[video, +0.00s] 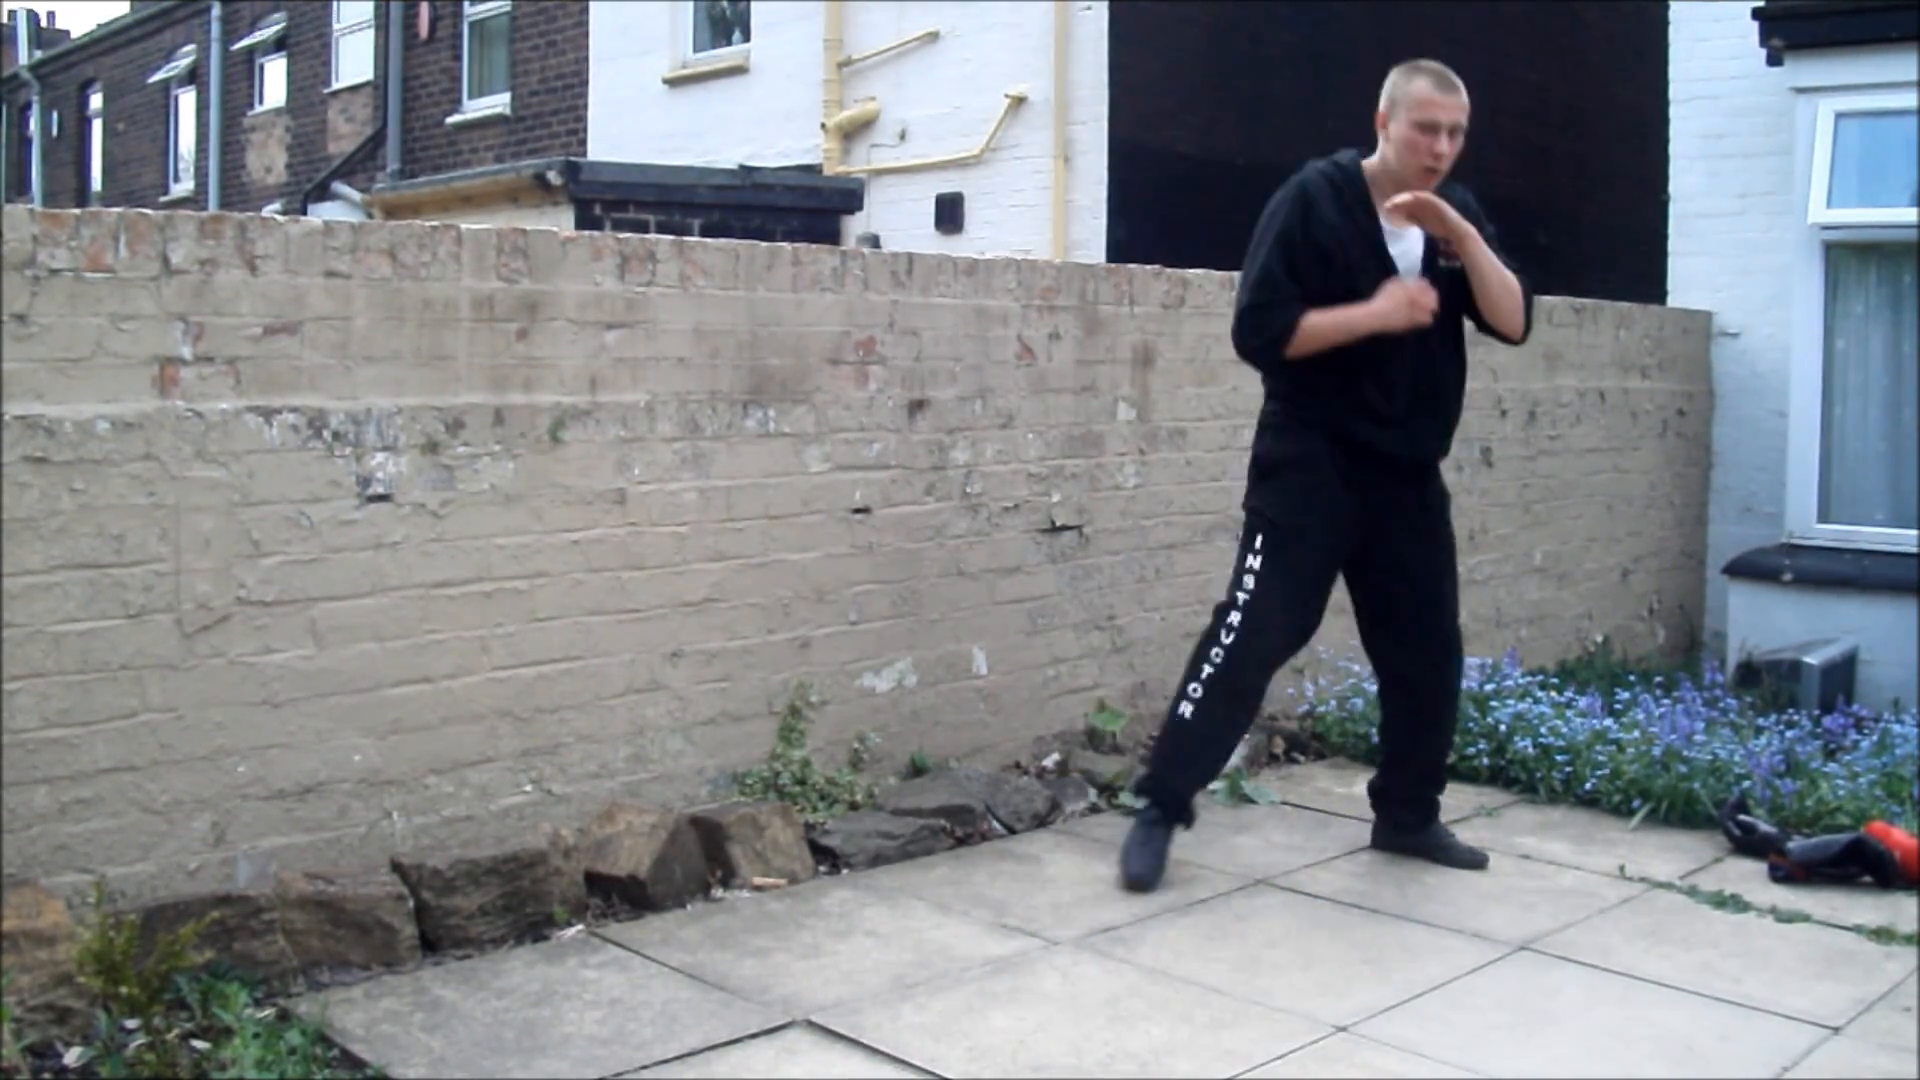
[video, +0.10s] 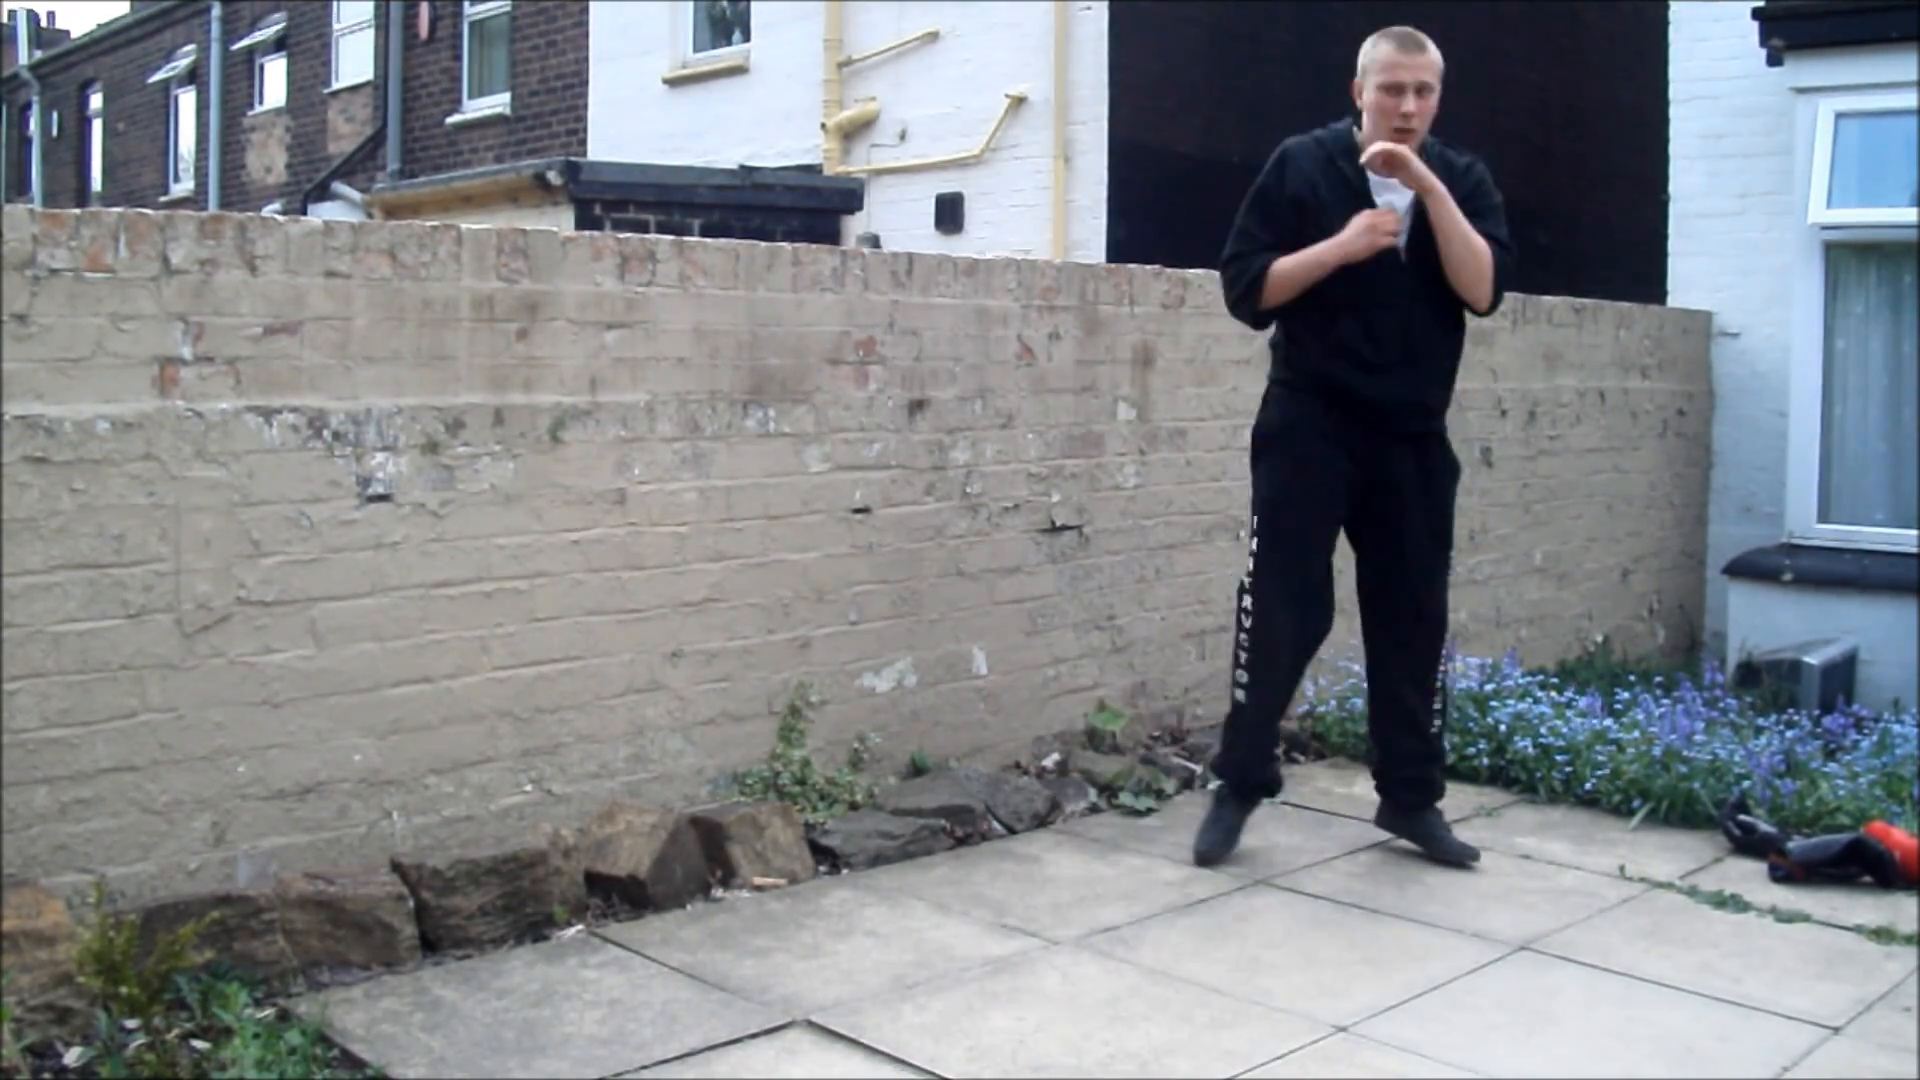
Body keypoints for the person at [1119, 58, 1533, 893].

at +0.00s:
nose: (1439, 146)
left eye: (1453, 133)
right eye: (1424, 128)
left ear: (1464, 139)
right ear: (1384, 123)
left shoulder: (1458, 216)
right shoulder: (1316, 196)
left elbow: (1512, 322)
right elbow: (1257, 332)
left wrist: (1461, 236)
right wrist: (1375, 312)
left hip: (1406, 476)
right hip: (1306, 469)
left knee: (1426, 654)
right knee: (1252, 635)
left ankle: (1407, 818)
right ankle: (1159, 809)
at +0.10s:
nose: (1406, 106)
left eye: (1421, 91)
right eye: (1390, 90)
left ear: (1439, 98)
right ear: (1357, 92)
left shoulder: (1463, 179)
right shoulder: (1303, 165)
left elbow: (1482, 290)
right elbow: (1246, 290)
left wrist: (1429, 186)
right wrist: (1343, 245)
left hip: (1411, 438)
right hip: (1305, 431)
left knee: (1411, 624)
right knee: (1284, 616)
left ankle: (1409, 801)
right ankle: (1237, 789)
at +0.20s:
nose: (1380, 122)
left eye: (1396, 106)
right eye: (1366, 107)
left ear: (1422, 112)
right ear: (1339, 113)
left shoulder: (1459, 195)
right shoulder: (1293, 188)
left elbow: (1463, 304)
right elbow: (1236, 307)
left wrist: (1410, 199)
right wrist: (1312, 249)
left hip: (1420, 456)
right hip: (1309, 450)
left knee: (1417, 643)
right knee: (1300, 635)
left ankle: (1408, 812)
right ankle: (1276, 799)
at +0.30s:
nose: (1363, 145)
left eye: (1380, 131)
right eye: (1350, 131)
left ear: (1412, 136)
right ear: (1332, 136)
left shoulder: (1461, 224)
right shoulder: (1291, 232)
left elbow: (1447, 346)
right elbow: (1236, 359)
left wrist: (1401, 236)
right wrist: (1295, 295)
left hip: (1421, 485)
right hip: (1308, 479)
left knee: (1428, 655)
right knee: (1272, 635)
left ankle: (1407, 814)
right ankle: (1270, 784)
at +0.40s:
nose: (1371, 133)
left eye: (1387, 118)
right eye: (1358, 117)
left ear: (1416, 124)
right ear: (1335, 122)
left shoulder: (1460, 208)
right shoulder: (1289, 212)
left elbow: (1453, 331)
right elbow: (1253, 358)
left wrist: (1416, 218)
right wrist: (1286, 322)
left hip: (1407, 472)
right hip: (1295, 463)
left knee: (1412, 650)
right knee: (1251, 619)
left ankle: (1406, 814)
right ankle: (1232, 792)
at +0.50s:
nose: (1379, 131)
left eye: (1395, 116)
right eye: (1363, 116)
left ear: (1422, 123)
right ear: (1339, 122)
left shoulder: (1450, 209)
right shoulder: (1291, 200)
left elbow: (1476, 305)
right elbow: (1194, 311)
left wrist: (1424, 202)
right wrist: (1263, 257)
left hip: (1395, 474)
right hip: (1289, 467)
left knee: (1404, 647)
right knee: (1238, 640)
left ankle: (1404, 814)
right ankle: (1148, 824)